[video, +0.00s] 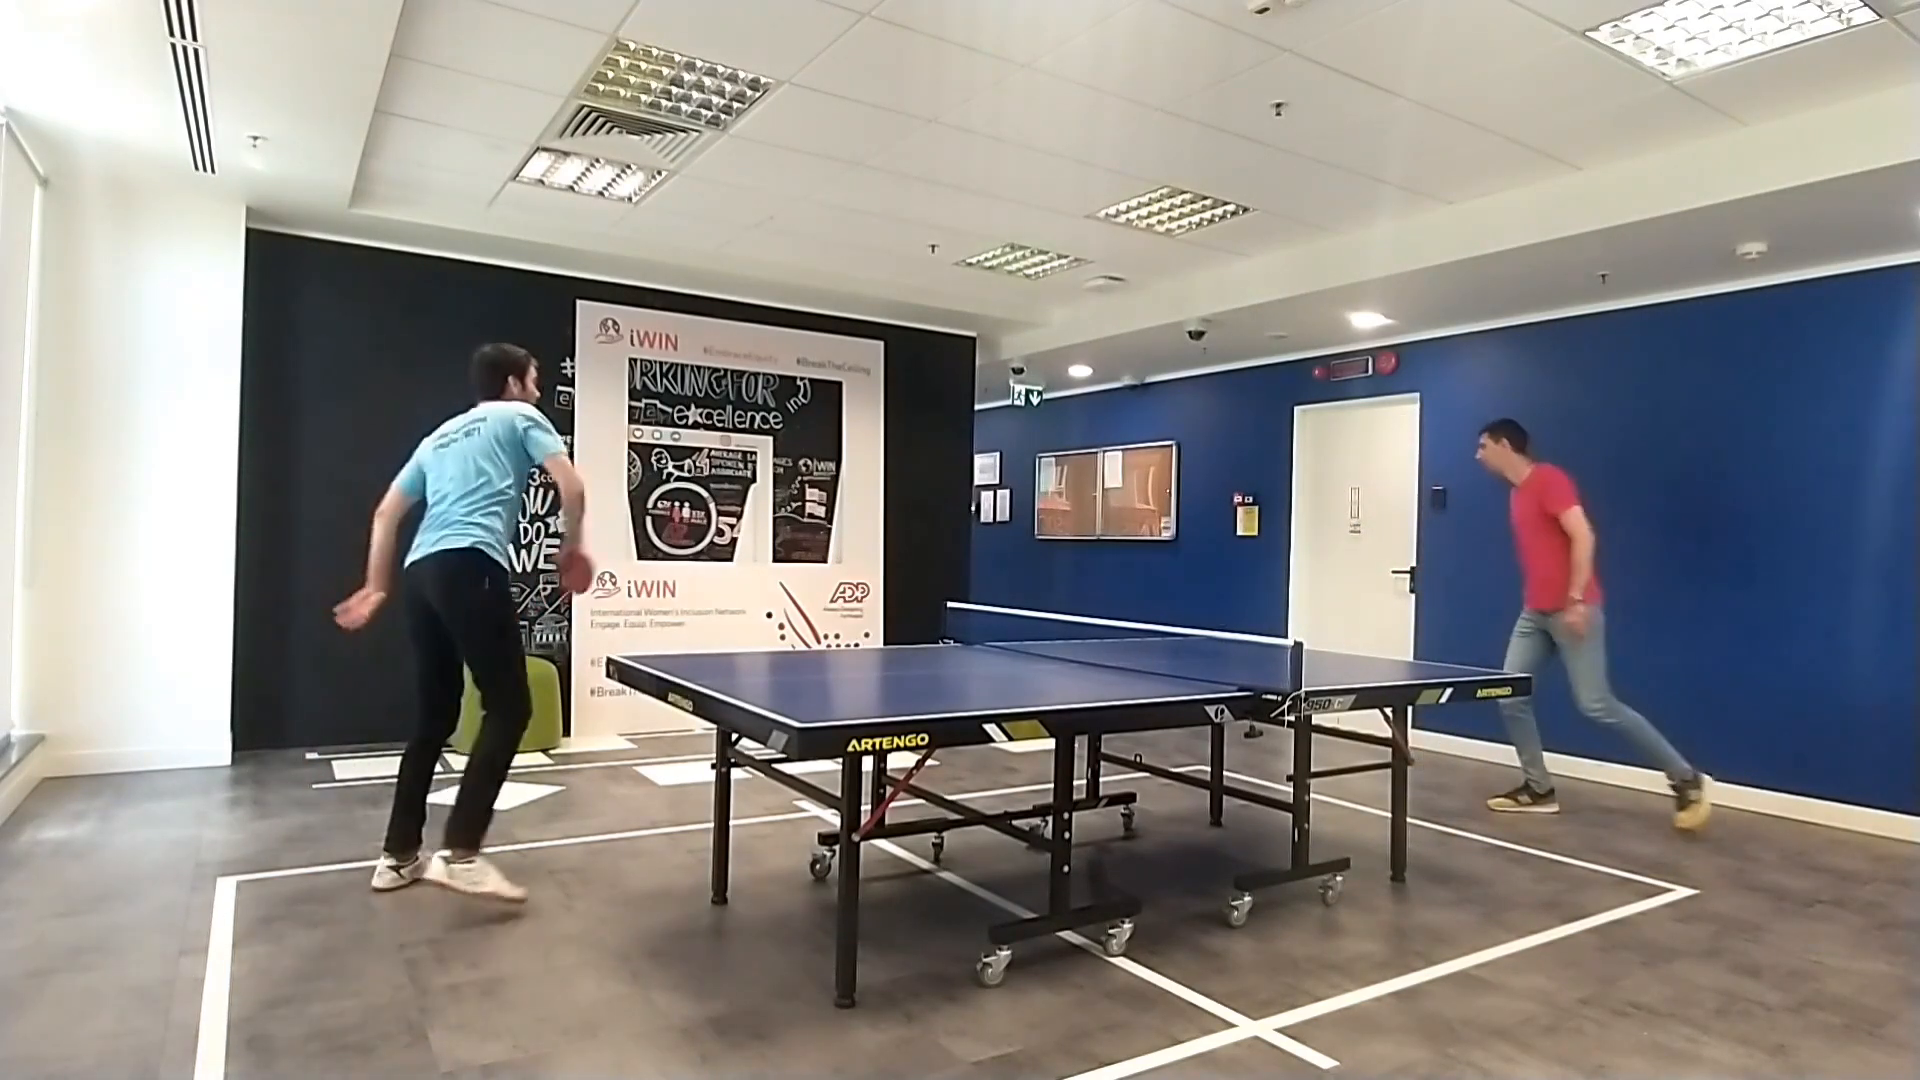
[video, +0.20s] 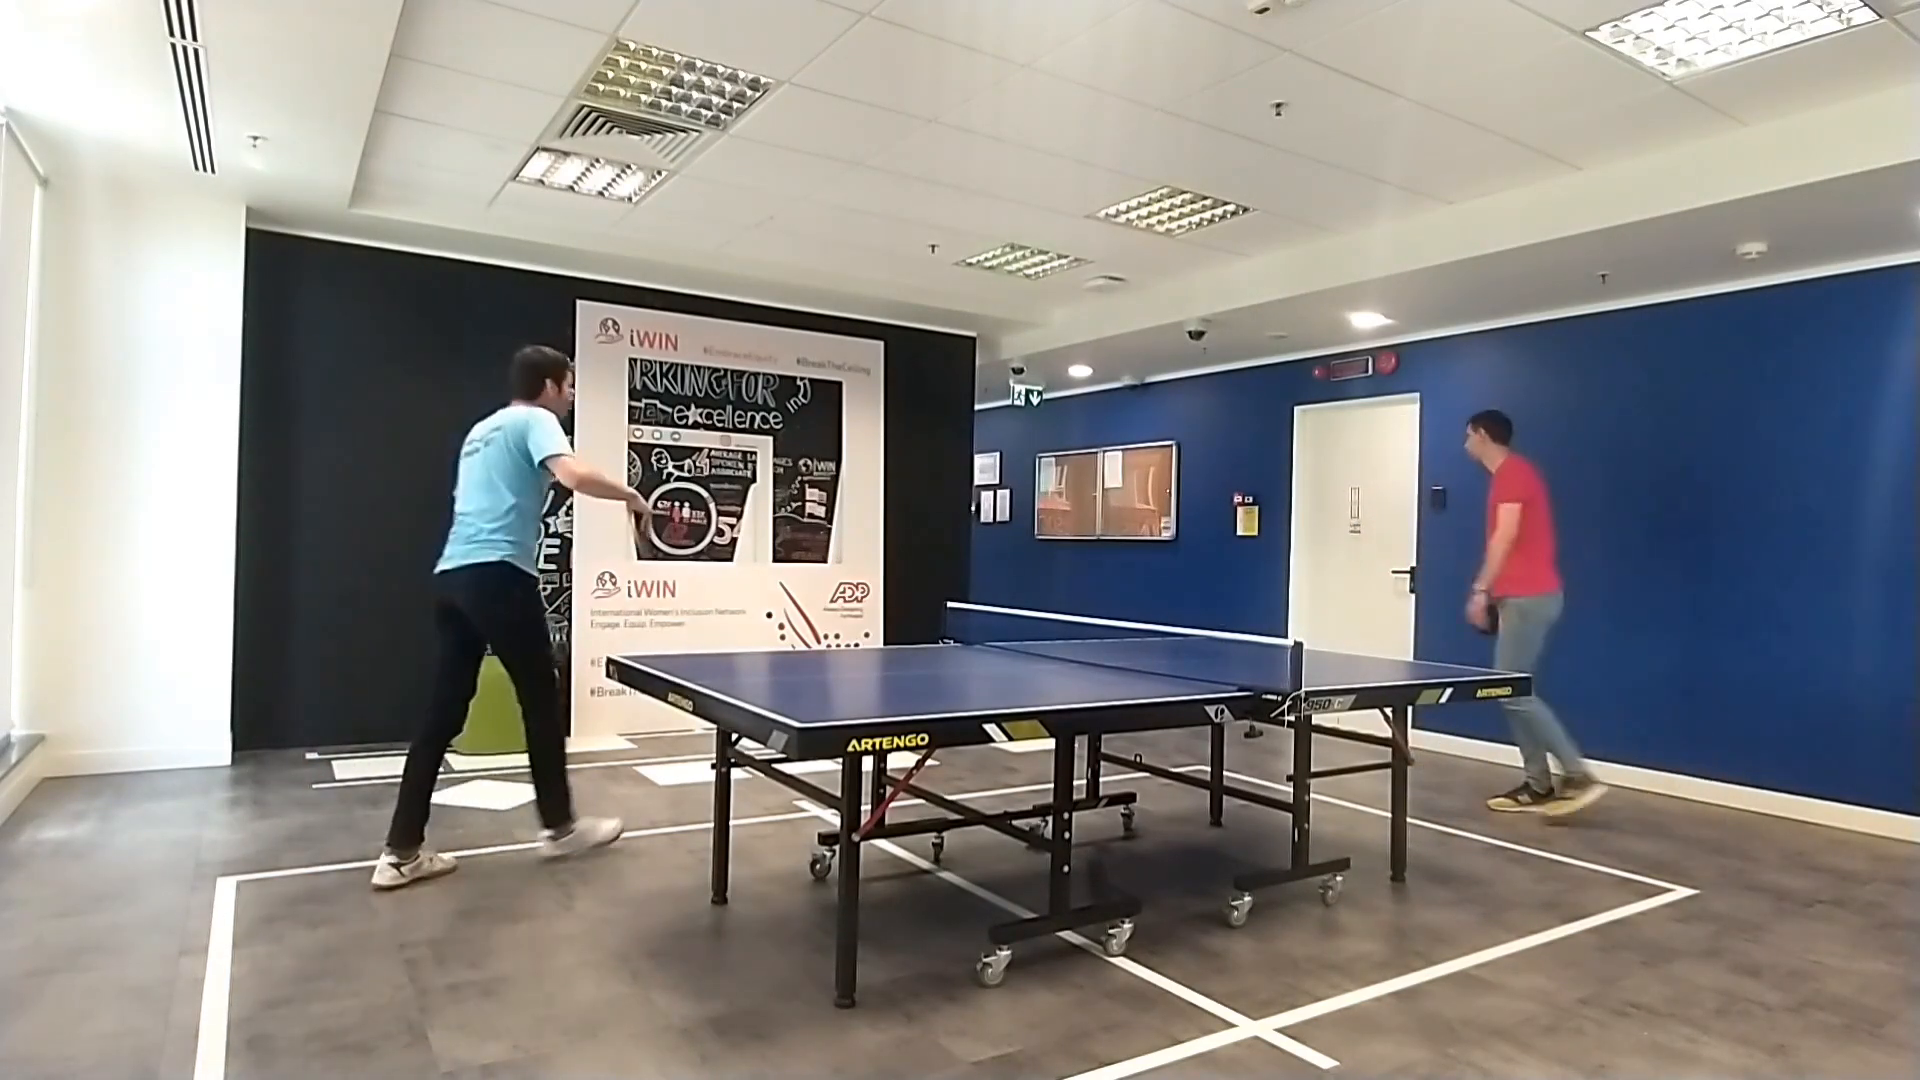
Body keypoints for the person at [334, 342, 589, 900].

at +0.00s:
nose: (537, 394)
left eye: (536, 384)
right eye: (533, 384)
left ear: (484, 386)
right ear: (514, 383)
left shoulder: (439, 437)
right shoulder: (520, 417)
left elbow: (387, 511)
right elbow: (572, 487)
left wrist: (377, 585)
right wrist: (573, 548)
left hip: (421, 577)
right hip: (471, 569)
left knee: (434, 719)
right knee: (509, 709)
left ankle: (397, 857)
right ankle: (459, 855)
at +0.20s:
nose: (570, 397)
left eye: (570, 387)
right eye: (568, 387)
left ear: (520, 388)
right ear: (549, 387)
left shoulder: (480, 431)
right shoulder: (536, 419)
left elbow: (474, 503)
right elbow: (571, 474)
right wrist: (630, 496)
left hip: (452, 580)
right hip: (501, 579)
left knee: (442, 715)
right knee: (541, 699)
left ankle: (402, 852)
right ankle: (561, 827)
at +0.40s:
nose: (615, 414)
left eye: (616, 404)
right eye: (615, 404)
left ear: (565, 398)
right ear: (600, 400)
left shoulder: (524, 439)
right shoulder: (580, 441)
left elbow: (523, 510)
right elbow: (580, 504)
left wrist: (605, 514)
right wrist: (642, 512)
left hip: (504, 591)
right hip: (555, 591)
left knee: (485, 708)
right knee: (585, 700)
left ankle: (414, 830)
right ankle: (593, 813)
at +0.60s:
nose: (652, 410)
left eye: (652, 400)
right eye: (652, 400)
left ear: (608, 393)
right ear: (640, 398)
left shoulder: (567, 435)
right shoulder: (613, 441)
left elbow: (578, 513)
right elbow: (599, 511)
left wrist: (630, 524)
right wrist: (651, 521)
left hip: (552, 579)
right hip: (591, 580)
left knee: (573, 685)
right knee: (620, 692)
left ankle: (499, 772)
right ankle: (595, 811)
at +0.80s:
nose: (673, 411)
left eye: (673, 402)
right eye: (673, 402)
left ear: (632, 393)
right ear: (663, 400)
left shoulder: (598, 434)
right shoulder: (629, 437)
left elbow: (563, 500)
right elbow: (606, 501)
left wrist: (624, 517)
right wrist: (656, 516)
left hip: (590, 570)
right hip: (612, 572)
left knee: (620, 681)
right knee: (626, 683)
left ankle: (595, 781)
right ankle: (595, 810)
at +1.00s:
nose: (686, 428)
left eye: (687, 421)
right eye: (687, 420)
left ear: (653, 411)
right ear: (674, 418)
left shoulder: (641, 454)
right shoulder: (626, 449)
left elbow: (605, 504)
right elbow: (578, 497)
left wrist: (654, 529)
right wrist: (627, 530)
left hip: (638, 581)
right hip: (625, 581)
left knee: (651, 678)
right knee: (641, 687)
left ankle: (630, 766)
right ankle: (593, 808)